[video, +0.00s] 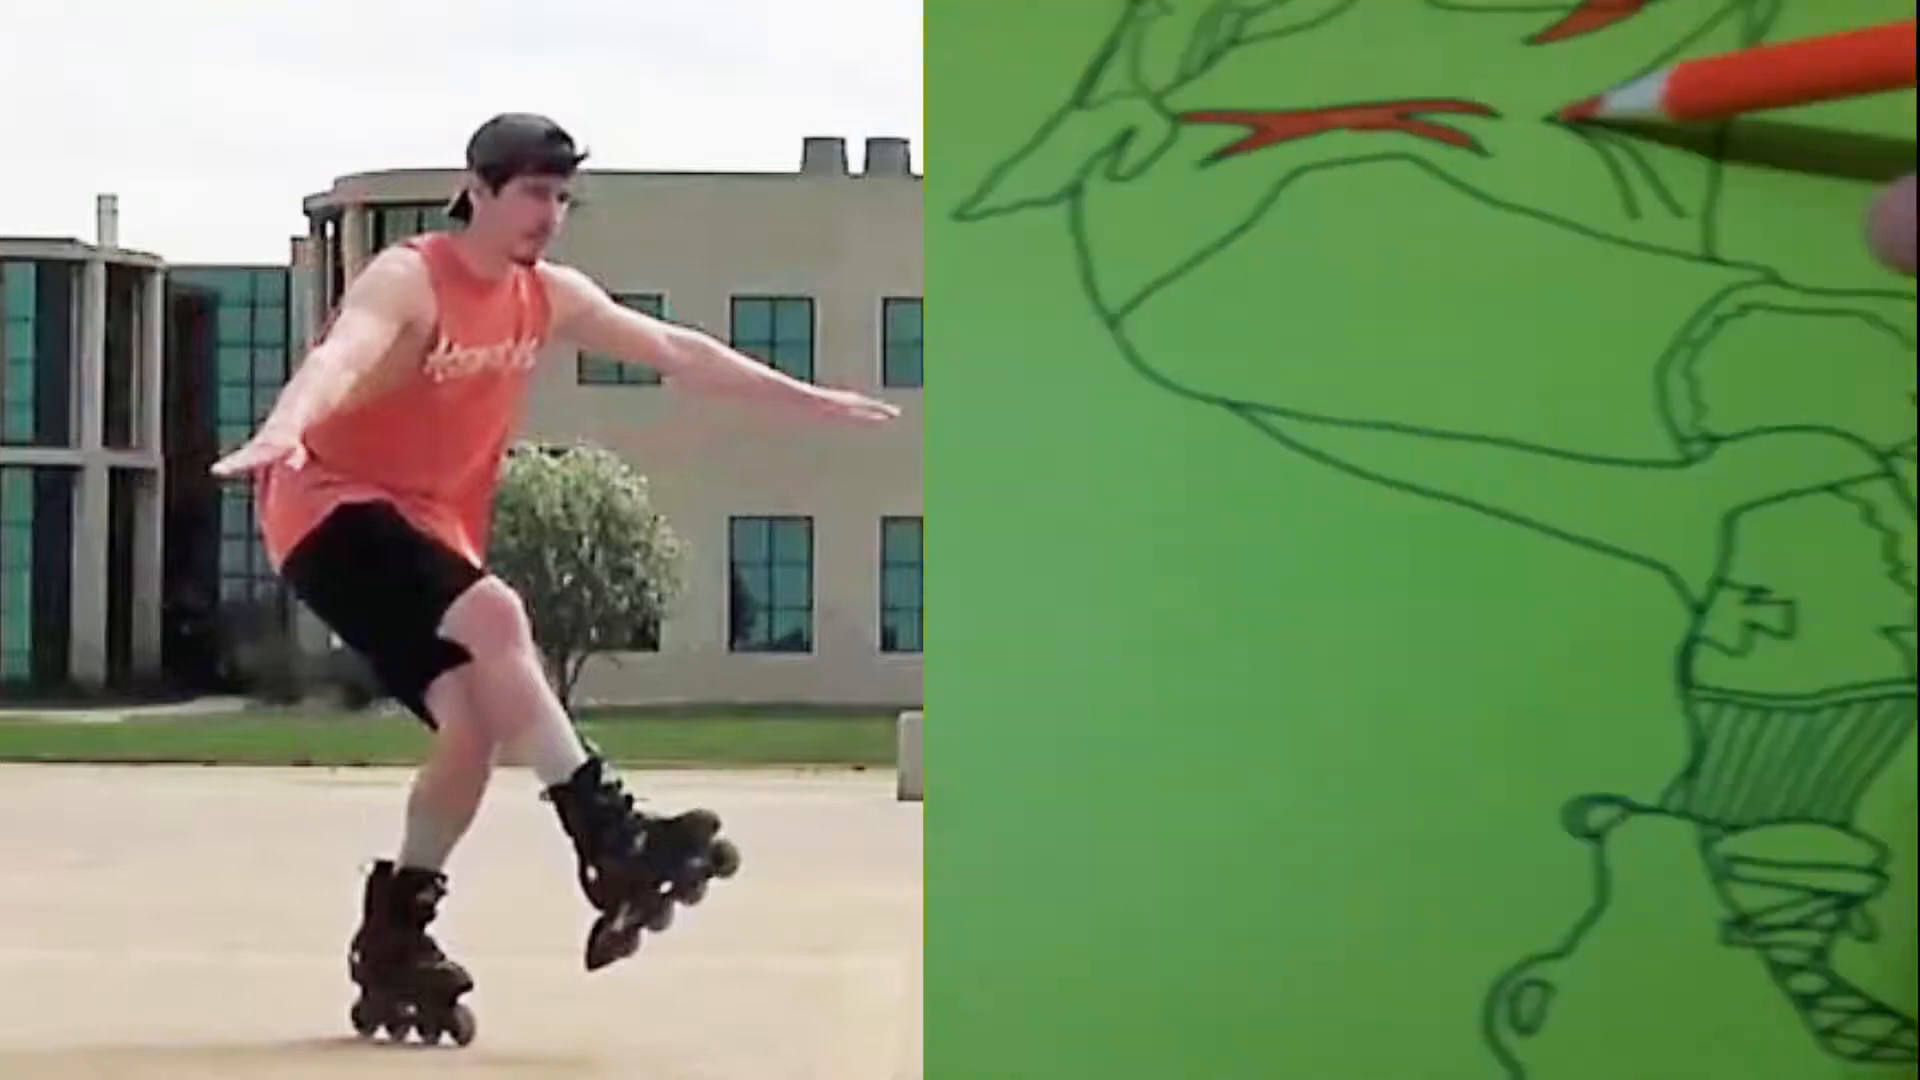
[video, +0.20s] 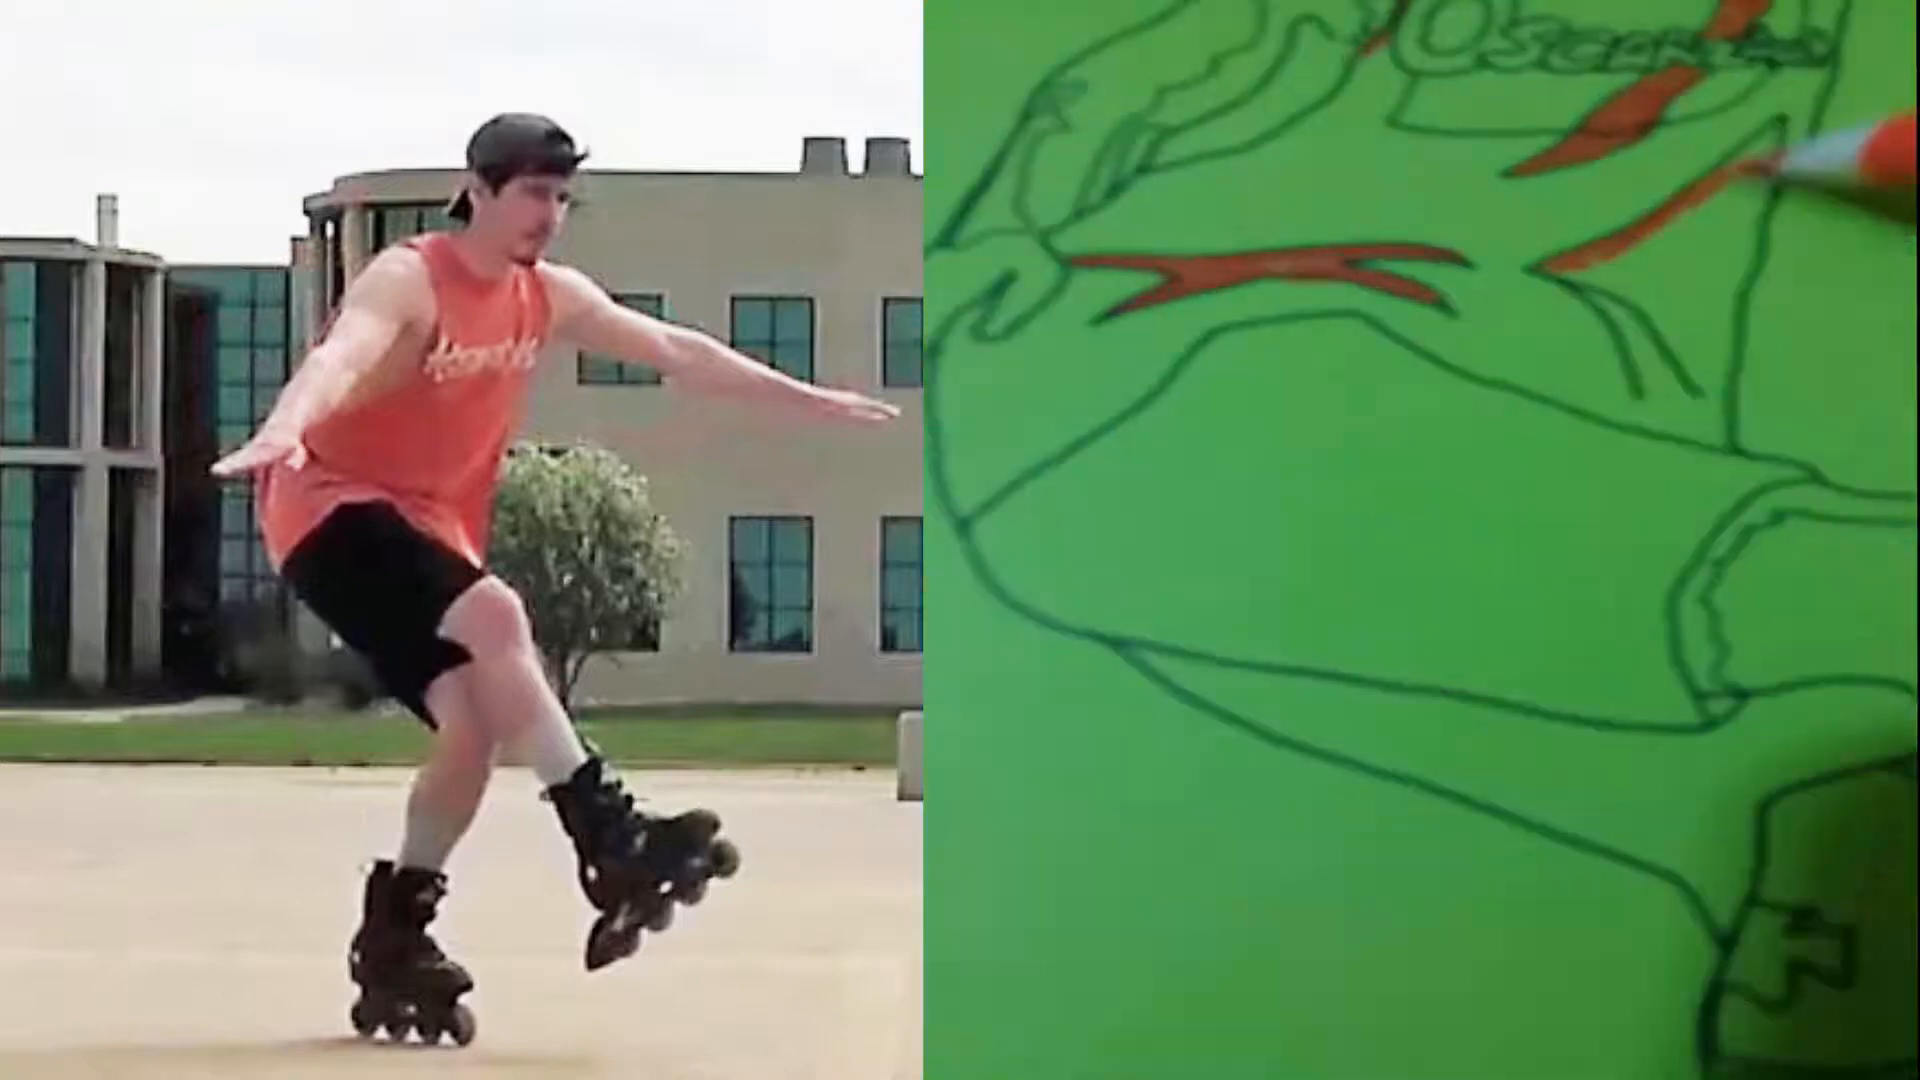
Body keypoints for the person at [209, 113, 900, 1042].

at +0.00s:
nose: (552, 214)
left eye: (561, 199)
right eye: (535, 195)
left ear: (562, 204)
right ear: (477, 191)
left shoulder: (552, 293)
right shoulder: (409, 274)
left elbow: (675, 351)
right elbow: (341, 357)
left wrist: (811, 400)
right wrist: (283, 429)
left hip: (436, 529)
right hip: (333, 503)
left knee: (478, 723)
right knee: (492, 616)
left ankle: (394, 937)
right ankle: (611, 843)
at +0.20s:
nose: (552, 214)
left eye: (562, 198)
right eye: (536, 195)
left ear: (562, 203)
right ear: (477, 191)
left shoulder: (551, 293)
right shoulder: (408, 274)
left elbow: (674, 350)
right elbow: (341, 356)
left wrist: (810, 399)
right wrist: (283, 428)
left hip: (436, 529)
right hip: (333, 504)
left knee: (478, 724)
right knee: (492, 616)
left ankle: (393, 937)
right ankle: (612, 843)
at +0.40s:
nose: (552, 214)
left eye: (562, 198)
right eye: (536, 195)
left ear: (563, 203)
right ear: (476, 191)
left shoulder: (551, 293)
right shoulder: (409, 274)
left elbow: (674, 350)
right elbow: (341, 356)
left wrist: (810, 399)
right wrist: (283, 429)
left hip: (436, 529)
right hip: (334, 504)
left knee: (478, 724)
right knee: (492, 616)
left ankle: (393, 936)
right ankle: (611, 843)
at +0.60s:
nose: (552, 214)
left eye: (562, 198)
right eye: (536, 195)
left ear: (563, 203)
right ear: (476, 191)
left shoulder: (551, 293)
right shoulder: (409, 274)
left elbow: (674, 350)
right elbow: (341, 356)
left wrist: (810, 399)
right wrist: (283, 429)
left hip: (436, 529)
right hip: (333, 504)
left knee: (478, 723)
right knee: (492, 616)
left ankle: (394, 936)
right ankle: (611, 843)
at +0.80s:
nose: (552, 214)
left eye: (562, 198)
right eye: (536, 195)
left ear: (562, 203)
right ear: (477, 191)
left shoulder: (551, 293)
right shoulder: (408, 274)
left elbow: (674, 350)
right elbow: (341, 356)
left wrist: (810, 399)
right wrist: (283, 428)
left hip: (435, 530)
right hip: (333, 504)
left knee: (478, 723)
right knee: (492, 616)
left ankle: (393, 937)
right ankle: (612, 843)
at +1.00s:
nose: (552, 214)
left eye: (562, 198)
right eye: (536, 195)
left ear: (562, 203)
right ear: (477, 191)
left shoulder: (551, 293)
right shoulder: (409, 274)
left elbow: (674, 350)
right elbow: (341, 356)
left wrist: (810, 399)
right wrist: (283, 429)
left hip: (436, 530)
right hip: (334, 505)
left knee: (478, 723)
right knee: (492, 616)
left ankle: (393, 936)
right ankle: (611, 843)